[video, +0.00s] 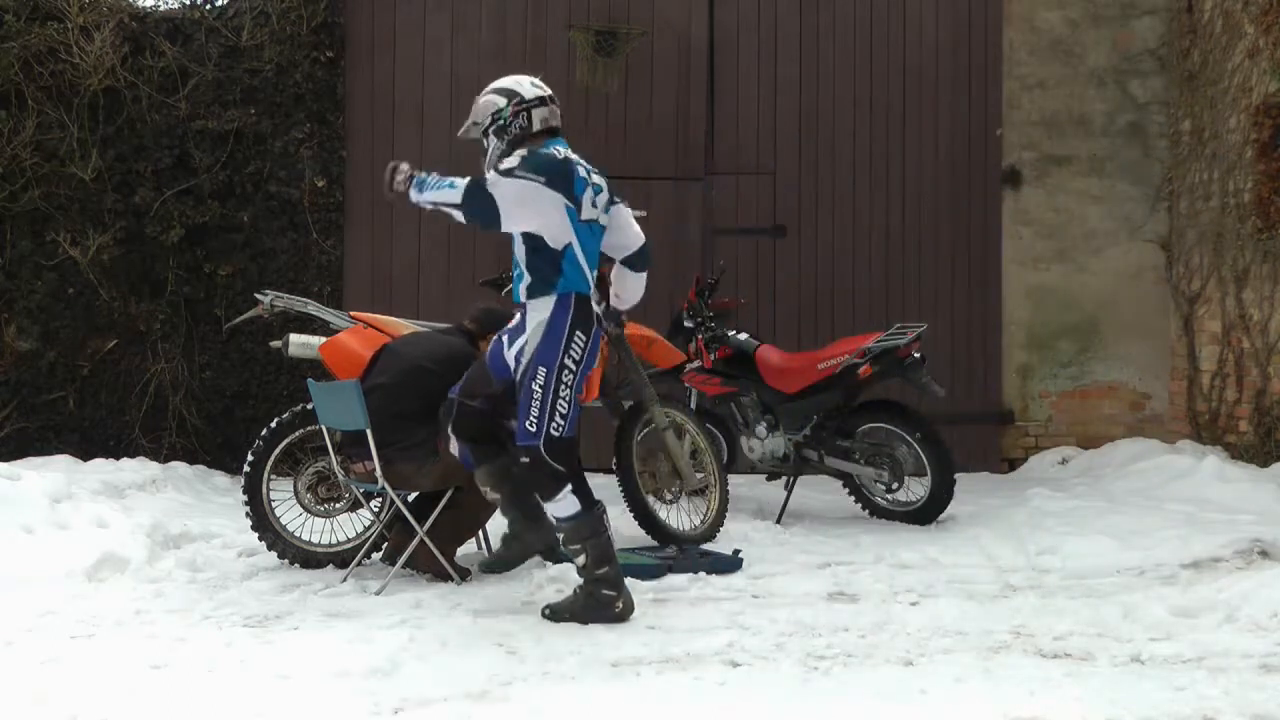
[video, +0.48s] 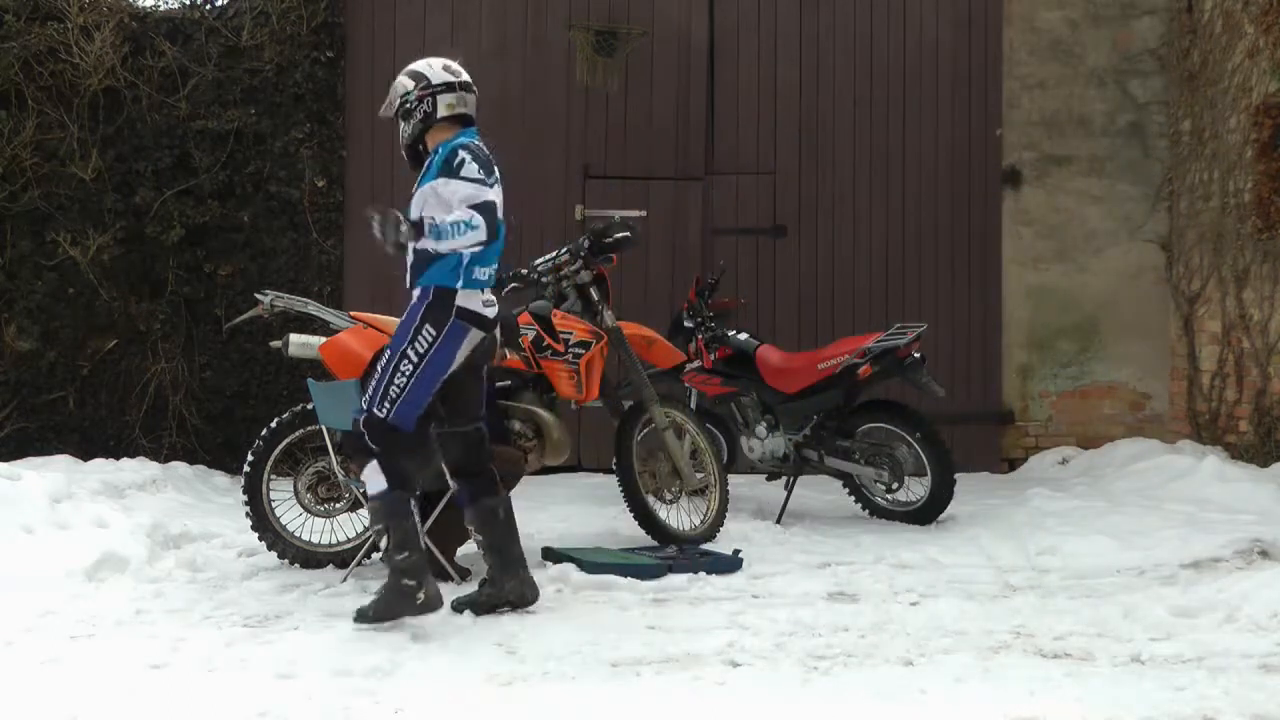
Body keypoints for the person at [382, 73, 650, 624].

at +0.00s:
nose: (486, 144)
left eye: (489, 132)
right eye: (484, 134)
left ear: (511, 125)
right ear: (542, 122)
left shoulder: (534, 166)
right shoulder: (578, 170)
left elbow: (480, 199)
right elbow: (632, 244)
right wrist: (619, 304)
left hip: (564, 317)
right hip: (543, 316)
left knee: (541, 450)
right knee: (467, 410)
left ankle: (604, 586)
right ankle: (527, 526)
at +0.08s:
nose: (477, 132)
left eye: (481, 121)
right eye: (478, 122)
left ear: (498, 116)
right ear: (540, 117)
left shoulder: (506, 165)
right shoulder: (566, 168)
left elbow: (451, 229)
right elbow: (612, 232)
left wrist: (400, 262)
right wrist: (593, 258)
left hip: (536, 316)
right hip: (524, 315)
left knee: (525, 451)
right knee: (472, 433)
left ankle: (600, 580)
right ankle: (508, 572)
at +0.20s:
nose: (461, 137)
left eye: (466, 126)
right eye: (463, 127)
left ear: (482, 122)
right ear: (523, 130)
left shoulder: (496, 173)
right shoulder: (544, 179)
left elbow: (485, 260)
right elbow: (573, 232)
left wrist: (455, 341)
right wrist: (567, 175)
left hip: (507, 326)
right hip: (530, 325)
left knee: (439, 447)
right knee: (478, 446)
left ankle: (548, 533)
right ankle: (509, 578)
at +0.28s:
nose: (443, 148)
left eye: (444, 136)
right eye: (445, 138)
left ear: (457, 126)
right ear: (501, 128)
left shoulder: (490, 174)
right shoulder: (519, 171)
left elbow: (502, 258)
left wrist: (477, 335)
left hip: (486, 331)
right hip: (513, 332)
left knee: (392, 424)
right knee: (477, 442)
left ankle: (490, 502)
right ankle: (511, 579)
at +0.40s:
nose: (414, 145)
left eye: (414, 132)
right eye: (411, 135)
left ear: (432, 120)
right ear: (469, 115)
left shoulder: (476, 162)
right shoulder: (469, 170)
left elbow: (506, 240)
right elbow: (486, 250)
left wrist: (463, 294)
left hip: (466, 320)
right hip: (483, 324)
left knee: (371, 410)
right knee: (474, 451)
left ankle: (427, 532)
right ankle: (512, 579)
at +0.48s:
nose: (403, 124)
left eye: (406, 112)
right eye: (402, 114)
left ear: (425, 106)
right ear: (457, 105)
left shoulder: (455, 159)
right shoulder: (470, 156)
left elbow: (468, 233)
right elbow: (469, 237)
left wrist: (412, 232)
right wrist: (412, 238)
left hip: (449, 309)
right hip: (473, 311)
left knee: (381, 420)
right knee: (464, 441)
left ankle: (409, 574)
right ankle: (509, 575)